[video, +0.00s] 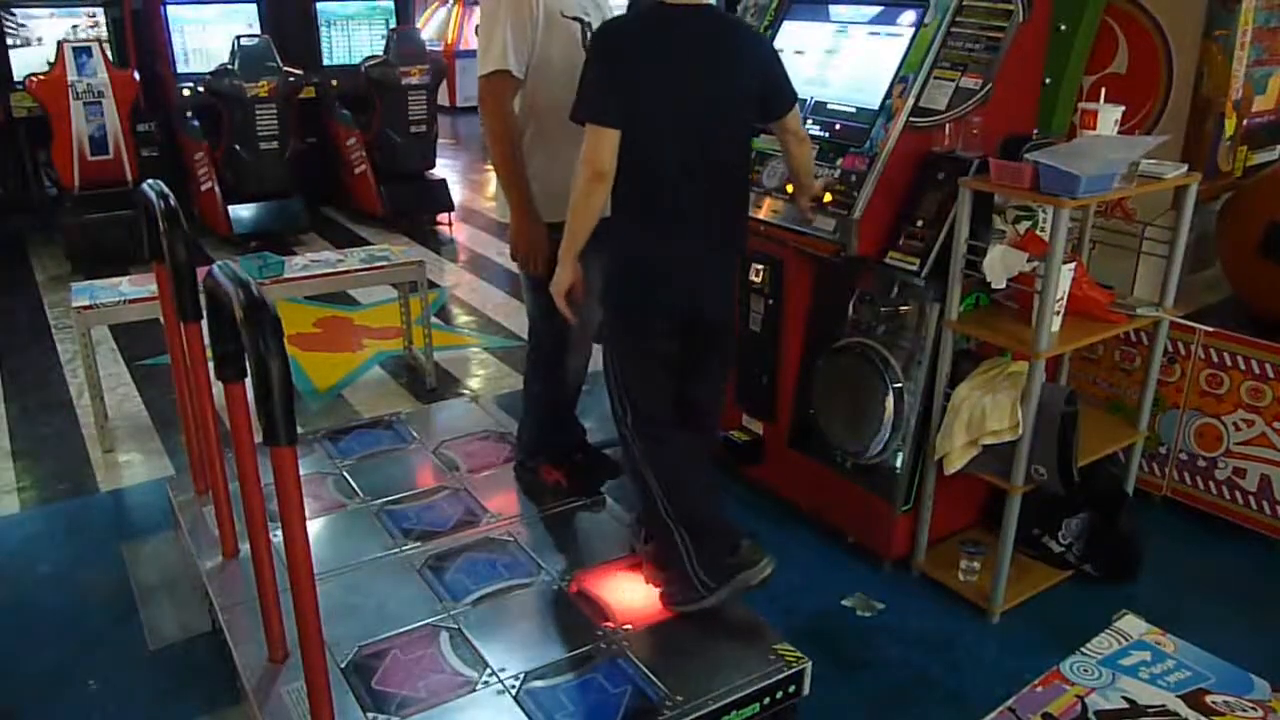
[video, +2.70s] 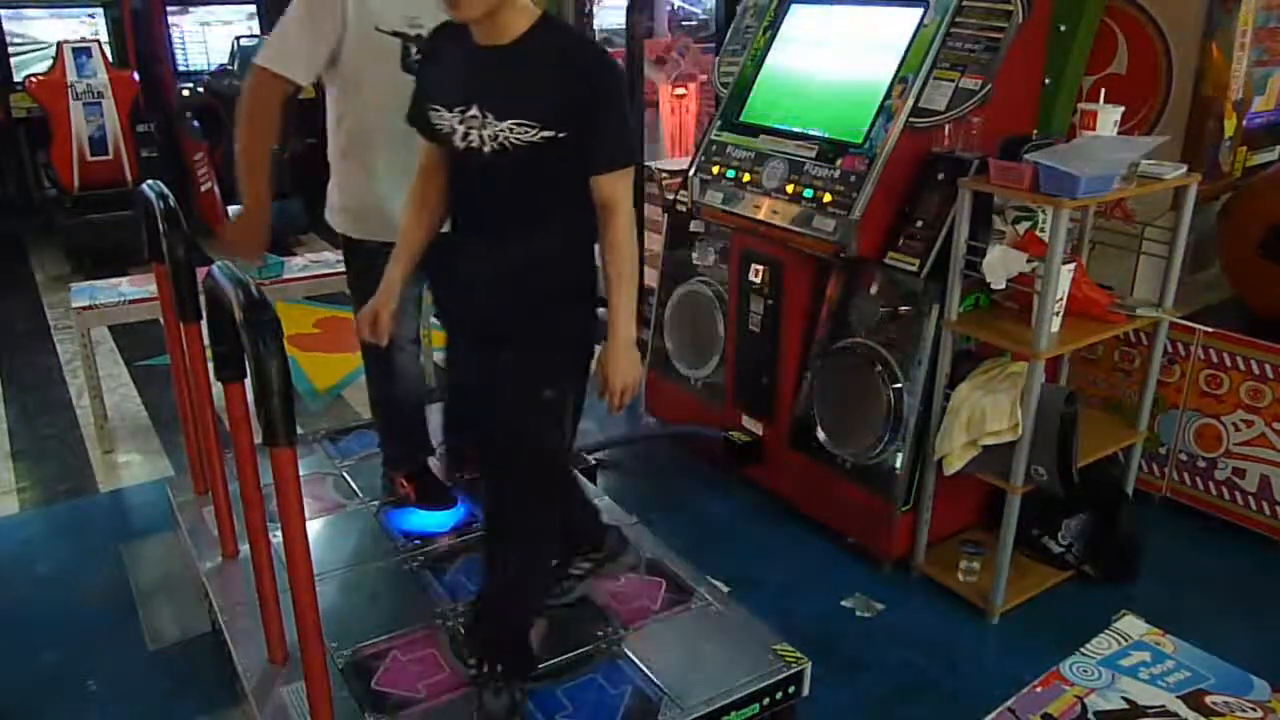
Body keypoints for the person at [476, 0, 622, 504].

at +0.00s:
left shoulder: (614, 8)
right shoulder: (518, 2)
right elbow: (495, 104)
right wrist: (523, 215)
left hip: (598, 201)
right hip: (546, 208)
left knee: (578, 336)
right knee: (554, 339)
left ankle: (566, 441)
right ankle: (537, 456)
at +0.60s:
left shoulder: (611, 10)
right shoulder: (524, 1)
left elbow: (608, 109)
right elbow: (487, 88)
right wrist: (506, 198)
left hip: (582, 204)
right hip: (525, 203)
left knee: (565, 336)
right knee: (520, 333)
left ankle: (556, 443)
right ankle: (471, 441)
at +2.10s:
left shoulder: (568, 13)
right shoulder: (469, 4)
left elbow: (572, 107)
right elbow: (425, 87)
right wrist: (434, 192)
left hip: (545, 207)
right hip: (474, 206)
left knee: (543, 343)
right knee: (450, 347)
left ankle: (555, 447)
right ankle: (423, 460)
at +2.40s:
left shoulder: (512, 10)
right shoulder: (390, 6)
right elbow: (353, 104)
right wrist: (373, 220)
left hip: (499, 215)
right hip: (417, 220)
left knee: (530, 357)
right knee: (414, 361)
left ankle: (551, 471)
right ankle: (408, 470)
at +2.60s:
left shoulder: (482, 8)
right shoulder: (349, 5)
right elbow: (294, 89)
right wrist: (293, 211)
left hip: (470, 201)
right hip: (385, 208)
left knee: (501, 340)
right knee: (401, 347)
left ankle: (523, 466)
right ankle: (408, 466)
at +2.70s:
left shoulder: (474, 7)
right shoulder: (337, 5)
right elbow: (263, 88)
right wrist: (253, 213)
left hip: (459, 202)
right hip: (375, 209)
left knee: (476, 337)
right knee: (395, 347)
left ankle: (471, 447)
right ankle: (408, 467)